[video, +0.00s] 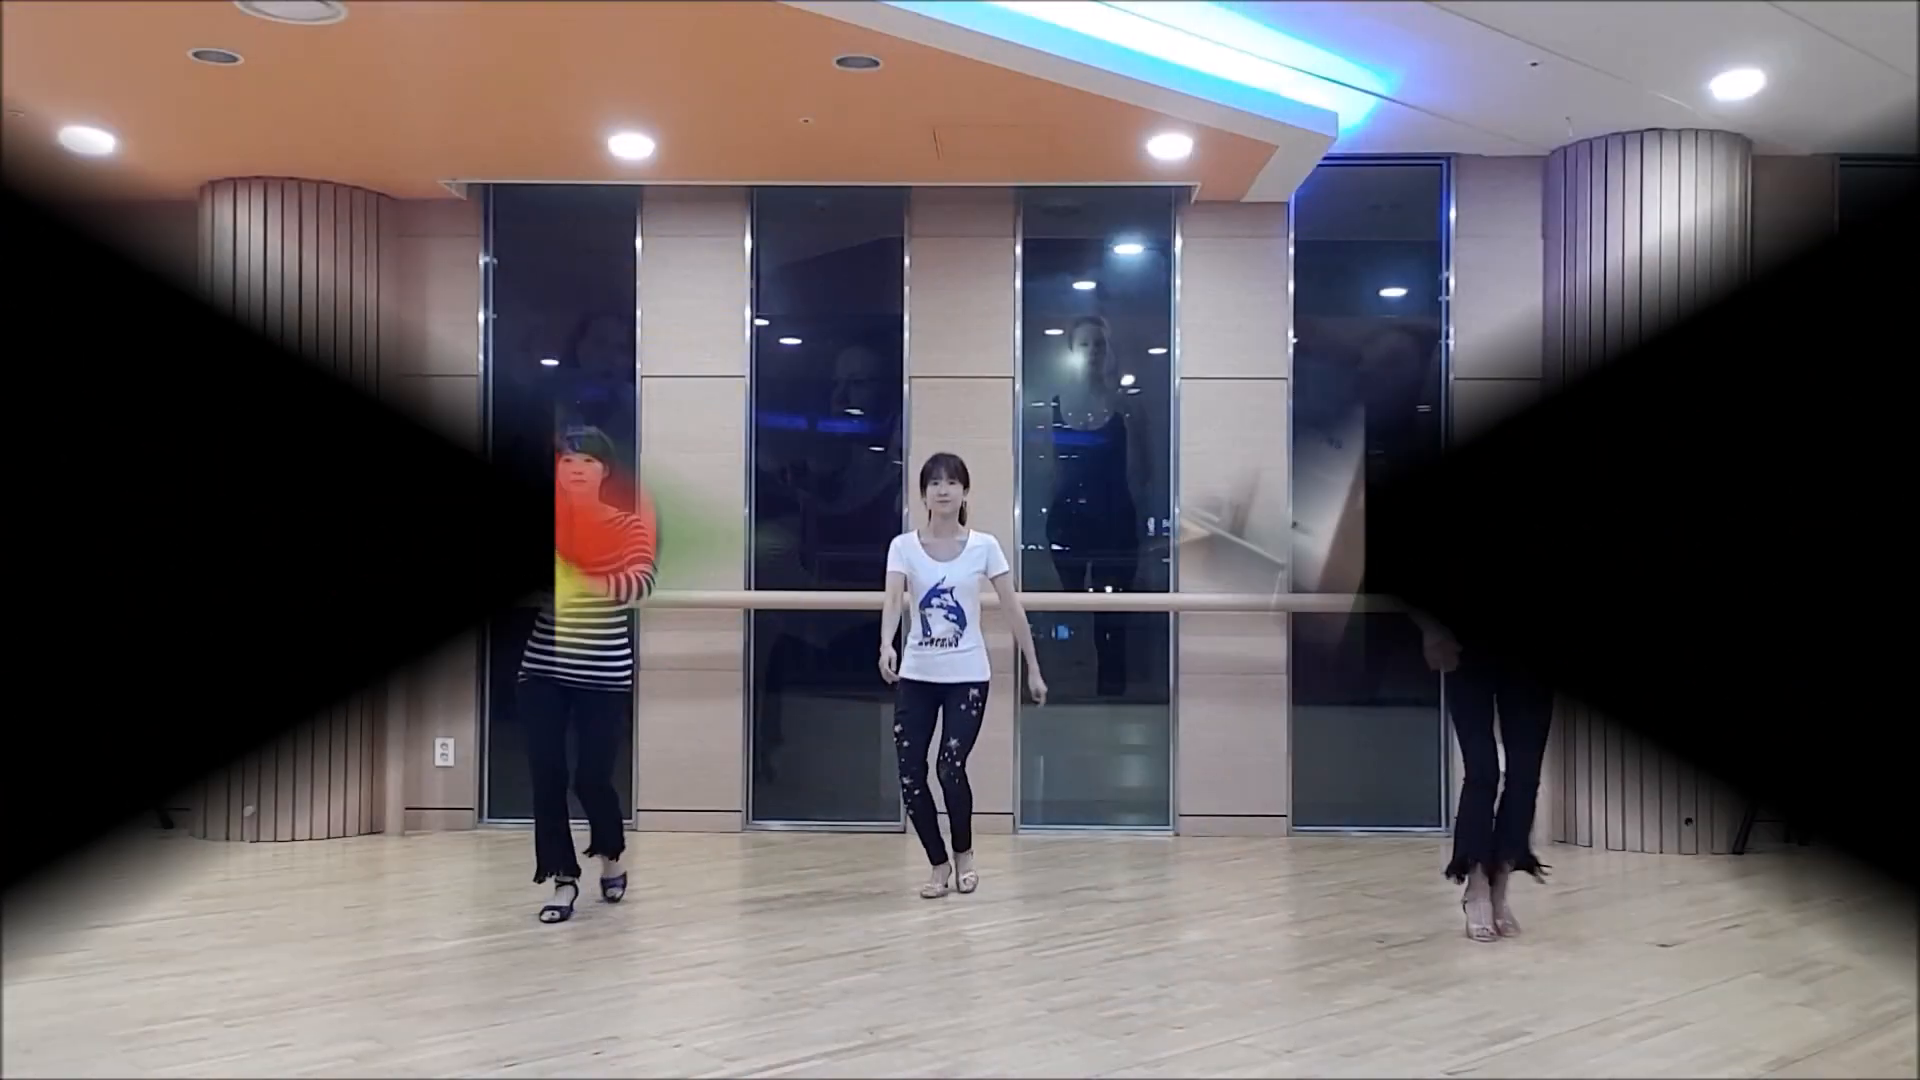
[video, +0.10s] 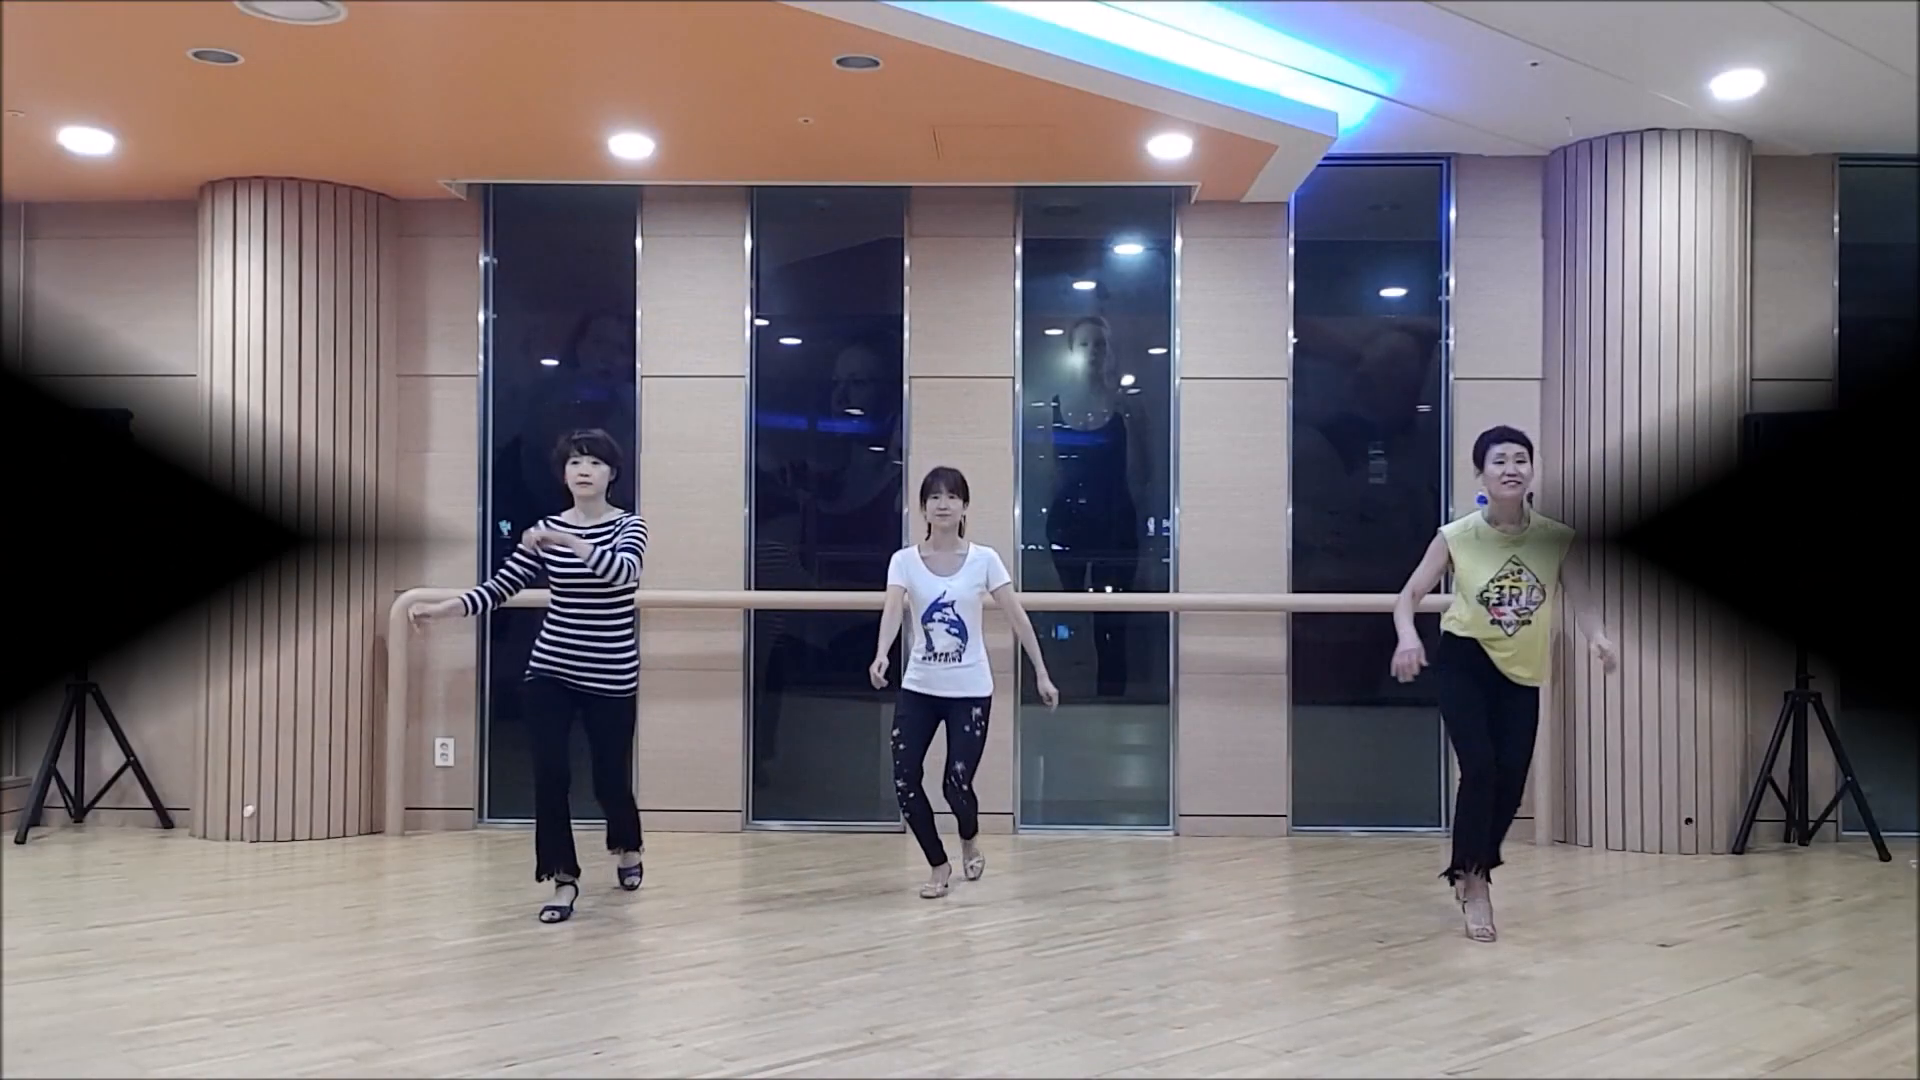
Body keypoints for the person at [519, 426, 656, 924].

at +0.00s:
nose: (572, 472)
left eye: (582, 463)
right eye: (565, 462)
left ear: (604, 469)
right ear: (555, 467)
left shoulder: (629, 517)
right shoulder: (549, 511)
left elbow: (640, 577)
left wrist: (587, 581)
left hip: (604, 667)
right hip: (542, 661)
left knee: (591, 778)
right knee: (546, 775)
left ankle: (611, 854)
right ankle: (562, 881)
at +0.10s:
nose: (584, 470)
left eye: (595, 462)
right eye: (575, 462)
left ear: (612, 472)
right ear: (562, 472)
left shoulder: (629, 525)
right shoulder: (548, 529)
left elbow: (625, 575)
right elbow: (503, 582)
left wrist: (568, 543)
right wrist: (445, 608)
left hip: (613, 672)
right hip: (552, 668)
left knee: (610, 782)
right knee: (550, 777)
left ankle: (627, 847)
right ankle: (564, 882)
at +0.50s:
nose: (613, 470)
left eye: (623, 463)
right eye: (605, 462)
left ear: (640, 468)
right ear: (595, 466)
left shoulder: (656, 515)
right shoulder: (580, 516)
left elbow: (648, 545)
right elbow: (547, 570)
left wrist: (632, 567)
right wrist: (489, 579)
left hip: (647, 657)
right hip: (589, 656)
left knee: (642, 756)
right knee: (583, 756)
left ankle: (635, 850)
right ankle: (577, 866)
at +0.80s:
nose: (617, 471)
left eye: (627, 463)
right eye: (609, 463)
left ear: (643, 469)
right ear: (599, 468)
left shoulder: (660, 521)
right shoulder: (582, 517)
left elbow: (670, 588)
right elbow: (571, 583)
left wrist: (679, 653)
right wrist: (558, 642)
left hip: (653, 653)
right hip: (601, 654)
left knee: (645, 750)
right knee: (629, 747)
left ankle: (633, 849)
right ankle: (610, 848)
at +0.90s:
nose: (618, 470)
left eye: (628, 462)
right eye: (610, 462)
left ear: (644, 468)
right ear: (599, 467)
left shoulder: (662, 521)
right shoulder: (584, 518)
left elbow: (669, 591)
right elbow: (576, 585)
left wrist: (675, 656)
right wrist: (572, 643)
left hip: (651, 653)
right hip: (602, 655)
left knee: (648, 752)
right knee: (634, 748)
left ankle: (635, 850)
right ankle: (614, 847)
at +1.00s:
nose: (620, 470)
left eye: (631, 462)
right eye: (613, 462)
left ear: (648, 469)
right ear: (604, 468)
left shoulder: (666, 522)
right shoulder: (589, 520)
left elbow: (682, 587)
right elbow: (577, 586)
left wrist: (689, 650)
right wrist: (564, 642)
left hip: (657, 655)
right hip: (602, 655)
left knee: (648, 755)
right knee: (612, 746)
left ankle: (635, 850)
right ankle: (602, 842)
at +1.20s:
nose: (626, 468)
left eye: (636, 461)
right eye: (619, 461)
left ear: (654, 468)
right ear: (608, 469)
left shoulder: (680, 519)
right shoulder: (597, 525)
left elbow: (731, 556)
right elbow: (569, 585)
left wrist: (777, 571)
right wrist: (519, 608)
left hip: (646, 658)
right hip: (590, 652)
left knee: (630, 758)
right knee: (559, 745)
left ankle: (633, 855)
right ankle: (520, 850)